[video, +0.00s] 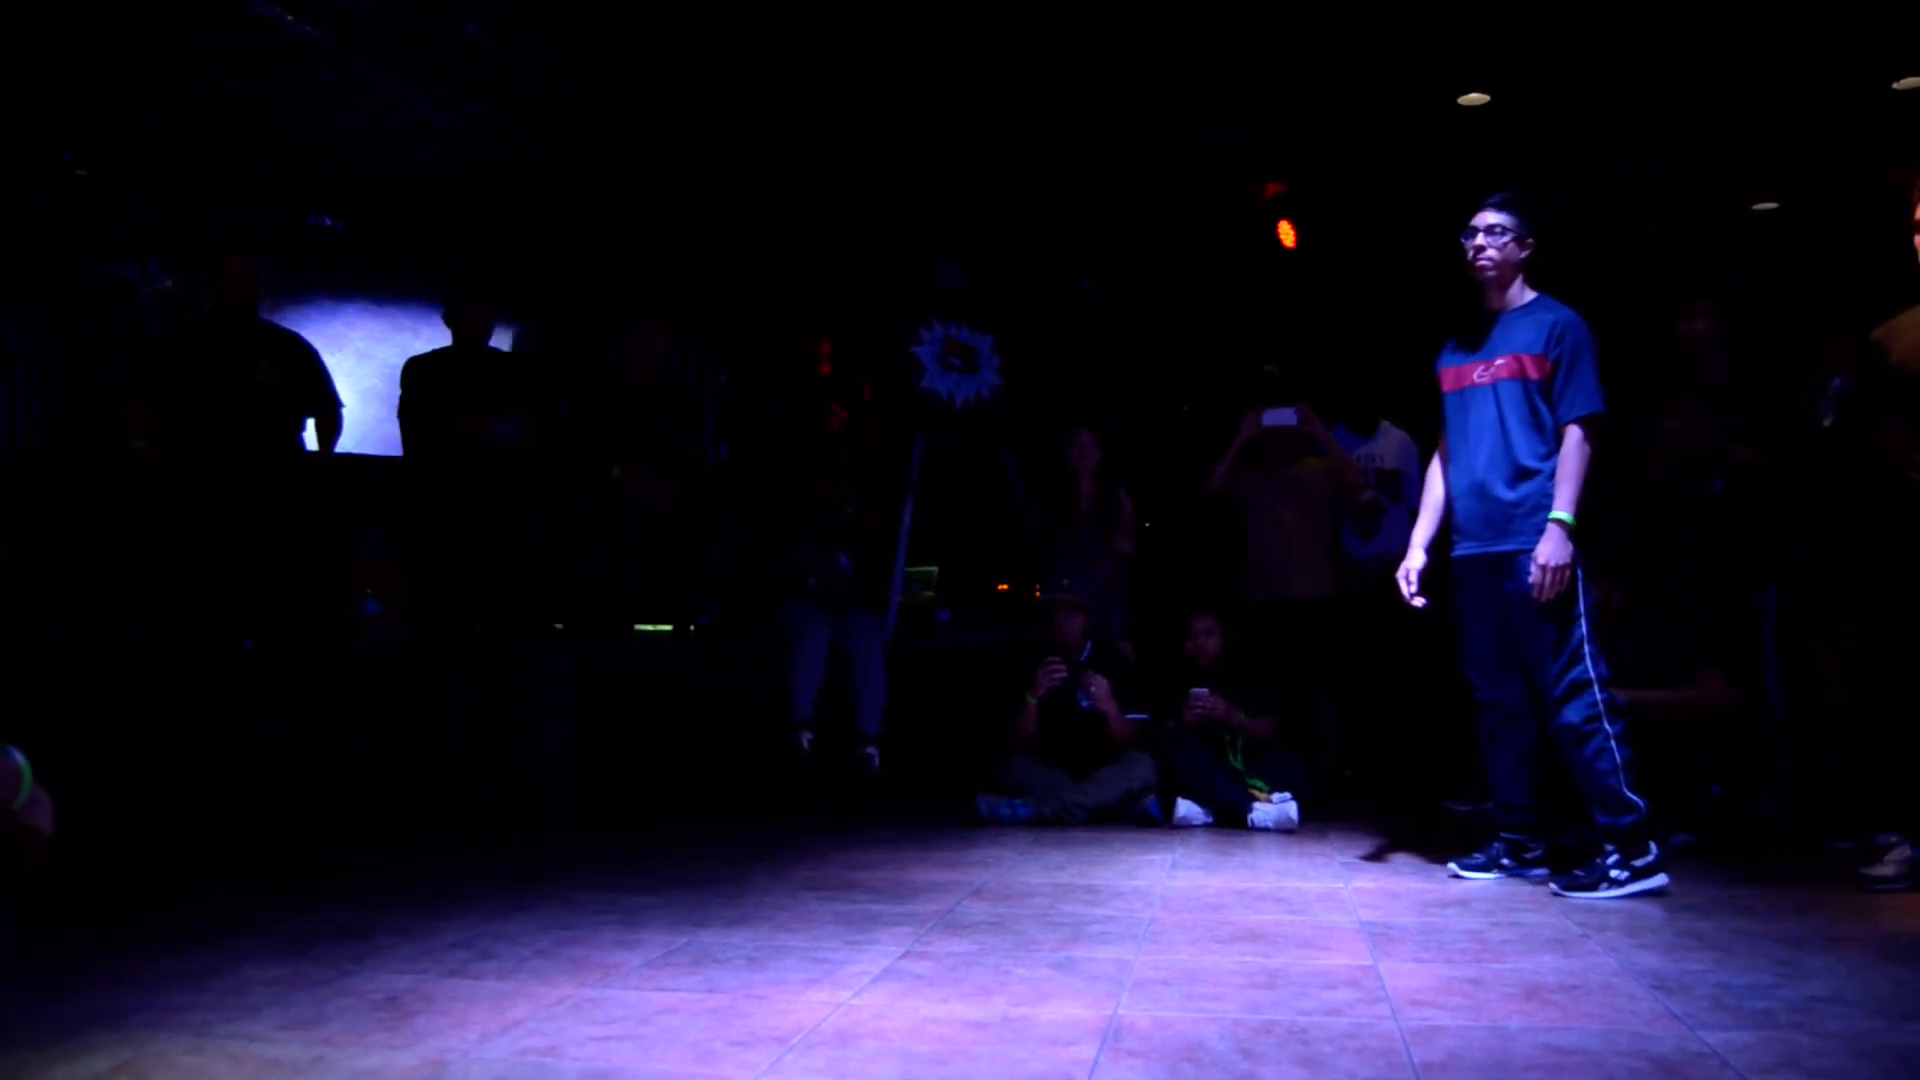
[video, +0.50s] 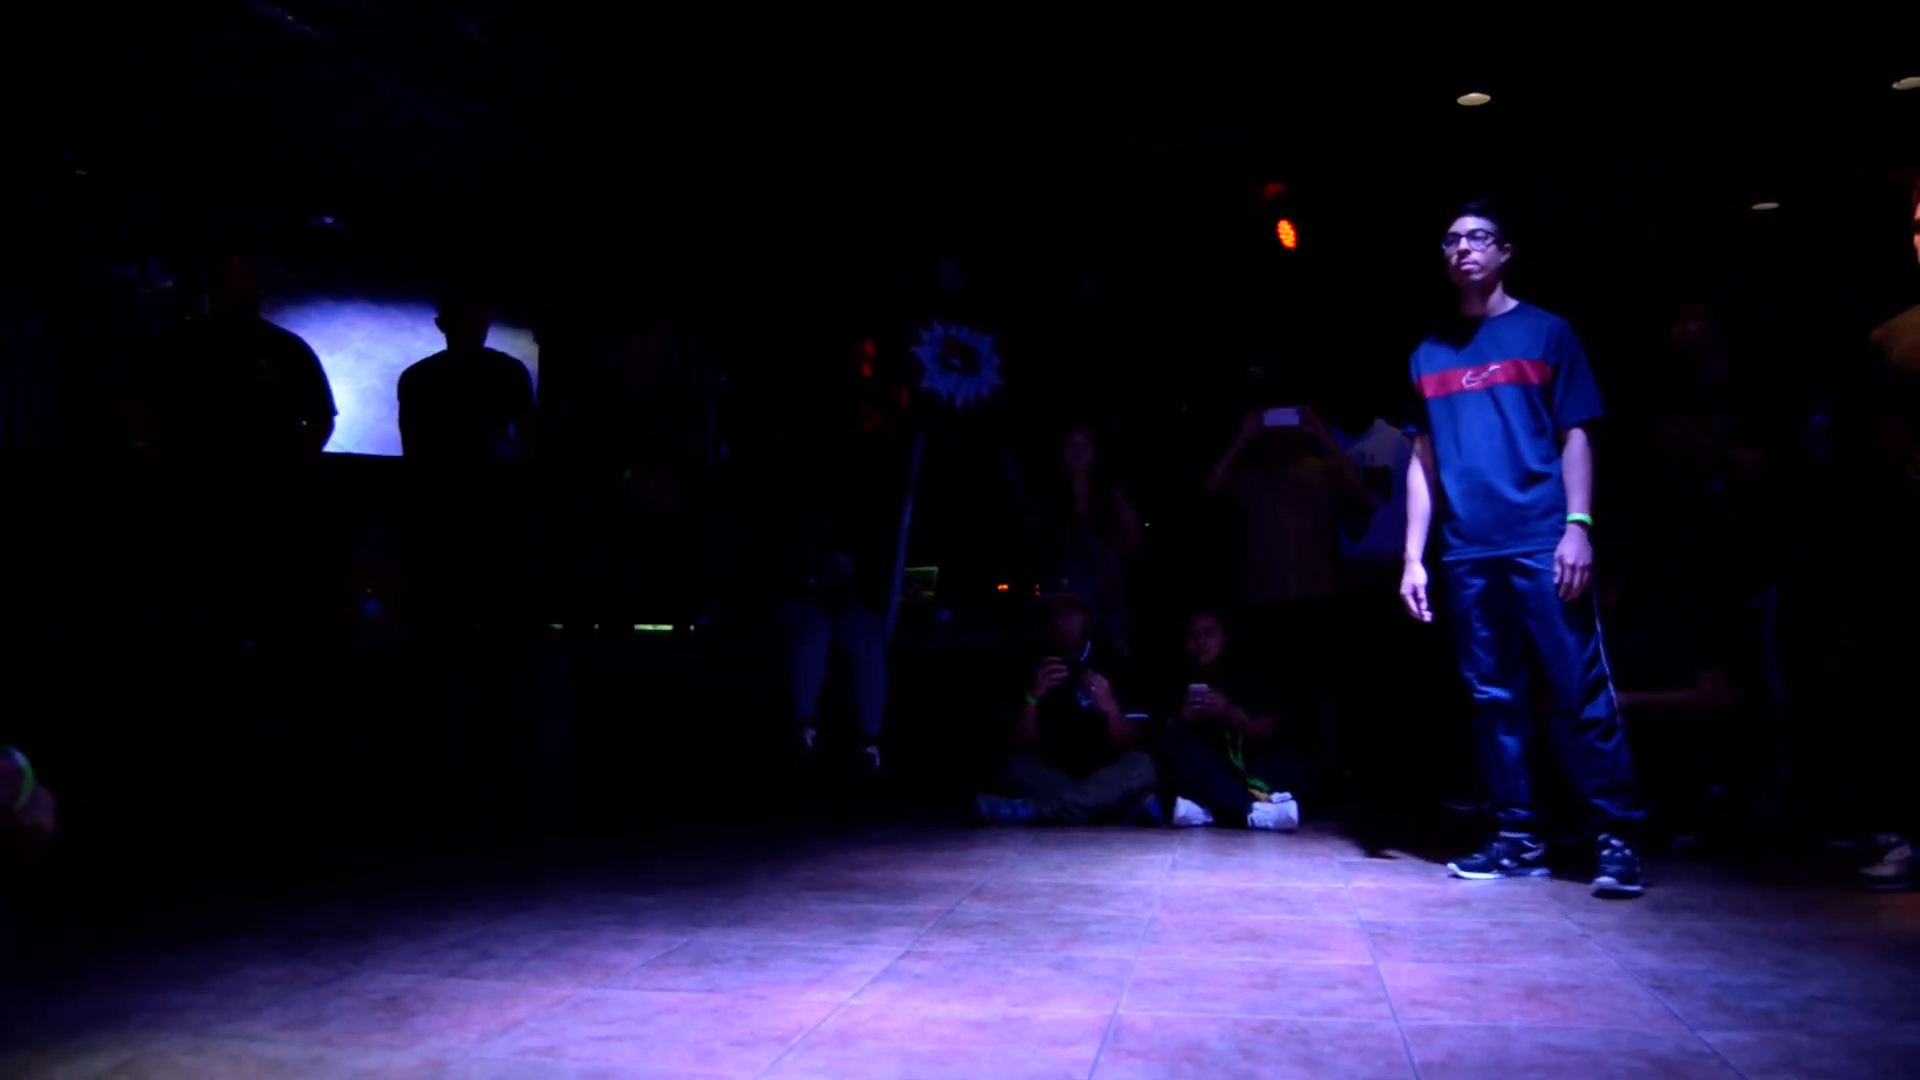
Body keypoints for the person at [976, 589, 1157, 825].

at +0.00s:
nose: (1065, 626)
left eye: (1072, 616)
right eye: (1057, 617)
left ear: (1086, 621)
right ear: (1048, 623)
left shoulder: (1110, 661)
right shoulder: (1034, 661)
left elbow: (1128, 738)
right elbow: (1020, 740)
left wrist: (1108, 706)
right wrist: (1035, 695)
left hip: (1101, 756)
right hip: (1049, 756)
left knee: (1141, 767)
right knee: (1016, 769)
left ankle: (1035, 810)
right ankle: (1119, 808)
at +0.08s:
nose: (1066, 630)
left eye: (1073, 620)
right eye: (1059, 621)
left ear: (1086, 623)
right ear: (1049, 627)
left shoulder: (1110, 662)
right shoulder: (1035, 663)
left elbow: (1128, 738)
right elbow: (1021, 741)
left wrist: (1108, 706)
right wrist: (1035, 695)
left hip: (1101, 756)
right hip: (1051, 756)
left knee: (1141, 767)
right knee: (1016, 768)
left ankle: (1035, 809)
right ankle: (1119, 808)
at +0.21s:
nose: (1066, 627)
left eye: (1073, 617)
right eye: (1059, 618)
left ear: (1087, 622)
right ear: (1049, 624)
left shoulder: (1110, 661)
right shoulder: (1035, 662)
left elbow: (1128, 737)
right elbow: (1021, 739)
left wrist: (1108, 706)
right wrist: (1035, 695)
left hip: (1101, 756)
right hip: (1050, 756)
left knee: (1140, 767)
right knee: (1017, 769)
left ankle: (1036, 809)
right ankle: (1120, 808)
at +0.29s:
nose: (1065, 629)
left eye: (1072, 620)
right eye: (1058, 621)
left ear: (1086, 623)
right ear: (1048, 627)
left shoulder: (1109, 661)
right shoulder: (1034, 663)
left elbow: (1129, 738)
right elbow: (1021, 741)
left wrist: (1107, 705)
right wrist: (1034, 696)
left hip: (1100, 756)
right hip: (1050, 756)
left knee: (1140, 767)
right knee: (1016, 769)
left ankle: (1035, 809)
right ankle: (1119, 809)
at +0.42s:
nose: (1065, 628)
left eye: (1072, 619)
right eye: (1058, 620)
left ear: (1086, 622)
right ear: (1048, 626)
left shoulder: (1109, 661)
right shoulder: (1034, 663)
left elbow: (1129, 738)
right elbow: (1021, 741)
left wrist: (1108, 705)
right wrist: (1034, 695)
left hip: (1100, 755)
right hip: (1050, 756)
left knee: (1140, 767)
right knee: (1016, 769)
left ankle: (1035, 809)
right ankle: (1119, 809)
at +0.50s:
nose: (1066, 631)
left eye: (1072, 622)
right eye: (1059, 624)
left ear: (1085, 625)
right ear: (1049, 628)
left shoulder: (1109, 662)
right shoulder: (1035, 664)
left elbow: (1128, 738)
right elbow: (1021, 741)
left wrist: (1108, 705)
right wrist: (1034, 695)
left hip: (1100, 755)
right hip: (1050, 756)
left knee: (1140, 767)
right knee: (1016, 769)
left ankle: (1035, 809)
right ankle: (1119, 808)